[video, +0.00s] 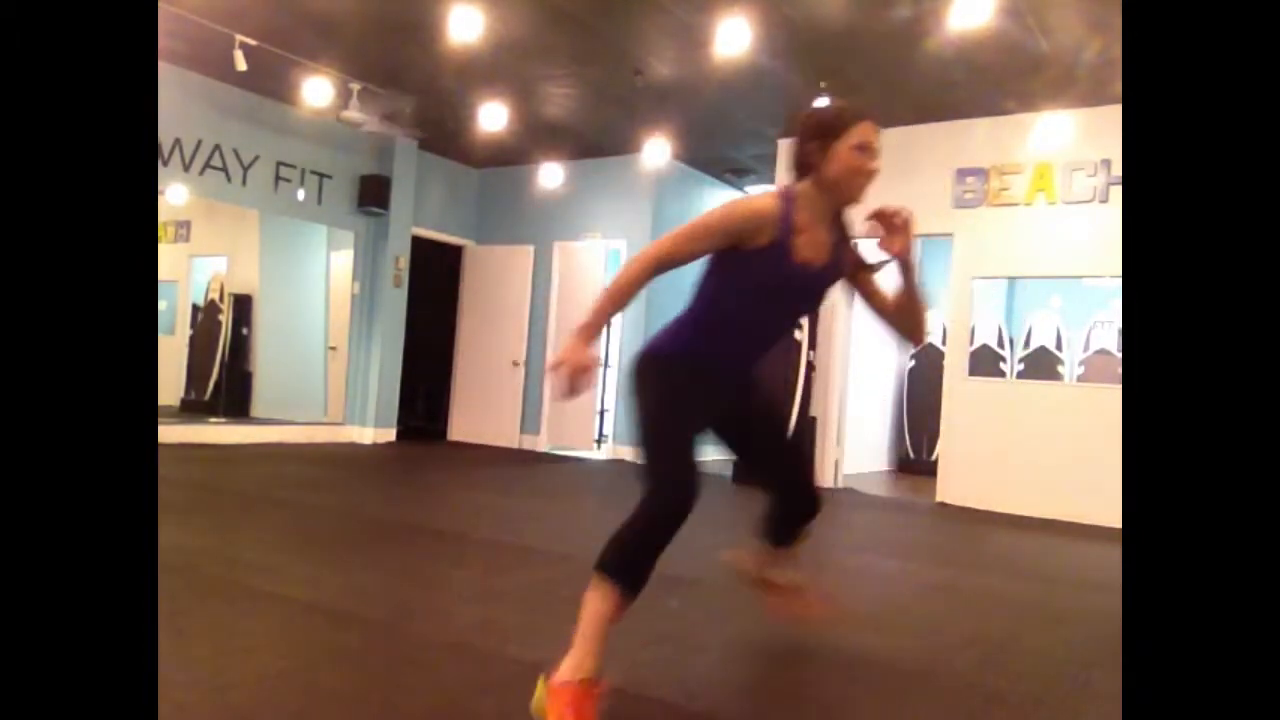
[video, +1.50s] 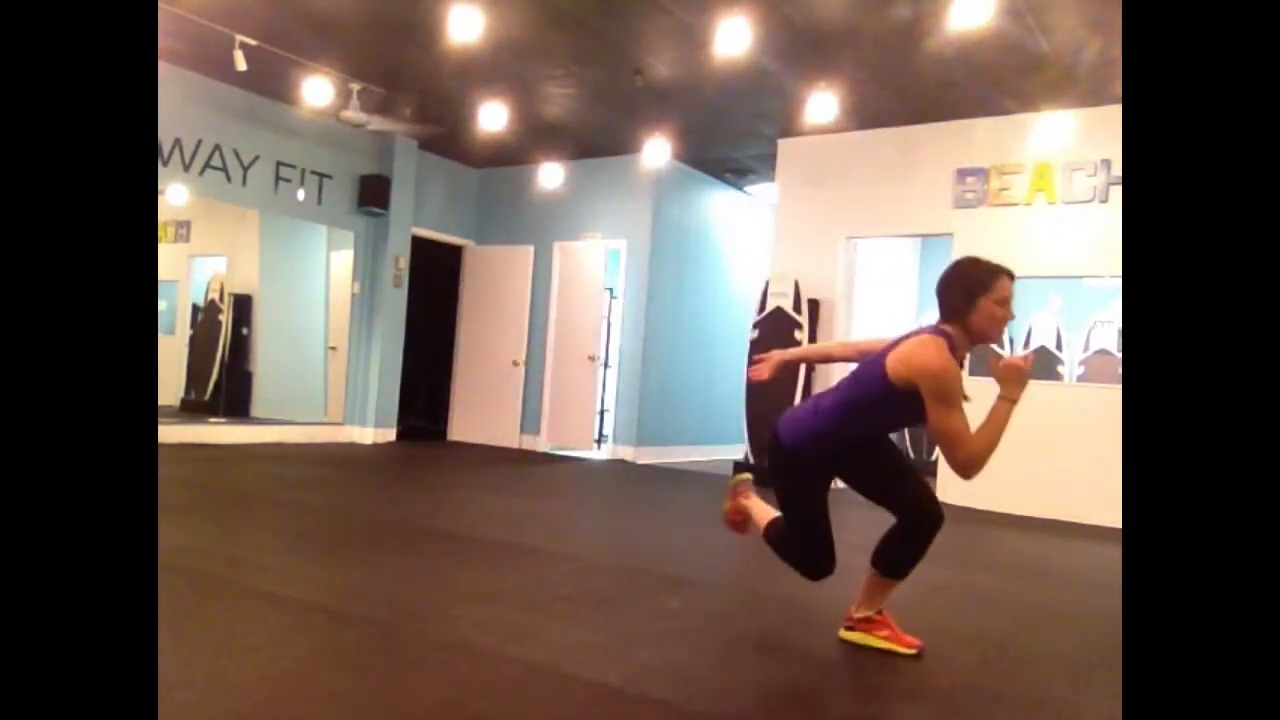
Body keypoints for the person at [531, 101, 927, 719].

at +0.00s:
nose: (872, 165)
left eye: (875, 153)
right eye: (861, 150)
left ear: (855, 163)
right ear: (819, 154)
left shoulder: (836, 244)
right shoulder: (763, 213)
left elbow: (912, 328)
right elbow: (652, 259)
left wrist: (904, 260)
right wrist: (586, 333)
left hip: (734, 383)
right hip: (674, 369)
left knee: (797, 494)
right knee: (672, 492)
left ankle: (767, 565)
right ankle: (575, 670)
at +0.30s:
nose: (801, 247)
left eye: (804, 236)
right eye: (788, 230)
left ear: (797, 250)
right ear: (738, 231)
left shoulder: (774, 332)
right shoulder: (657, 291)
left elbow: (821, 468)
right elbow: (541, 319)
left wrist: (798, 377)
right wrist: (452, 354)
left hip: (625, 439)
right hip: (565, 407)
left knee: (592, 592)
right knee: (623, 522)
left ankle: (466, 566)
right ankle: (545, 691)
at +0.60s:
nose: (790, 234)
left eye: (797, 222)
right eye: (777, 216)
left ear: (795, 237)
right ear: (730, 221)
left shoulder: (774, 319)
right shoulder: (655, 291)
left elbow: (824, 458)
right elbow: (540, 357)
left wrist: (800, 366)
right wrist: (443, 410)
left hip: (629, 436)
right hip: (570, 406)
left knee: (583, 592)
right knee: (628, 525)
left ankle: (430, 591)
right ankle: (547, 690)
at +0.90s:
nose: (880, 162)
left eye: (885, 150)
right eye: (871, 146)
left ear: (860, 158)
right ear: (833, 146)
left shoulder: (838, 227)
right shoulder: (768, 200)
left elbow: (903, 298)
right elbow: (743, 299)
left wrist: (936, 280)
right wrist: (853, 255)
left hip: (716, 373)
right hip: (657, 363)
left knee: (811, 473)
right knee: (646, 506)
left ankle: (750, 558)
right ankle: (561, 681)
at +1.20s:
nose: (970, 237)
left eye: (972, 227)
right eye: (963, 225)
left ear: (941, 232)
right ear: (928, 225)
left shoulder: (919, 288)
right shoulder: (888, 287)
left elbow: (905, 370)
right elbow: (917, 379)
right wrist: (963, 319)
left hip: (825, 405)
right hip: (781, 401)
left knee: (896, 510)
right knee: (758, 523)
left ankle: (864, 615)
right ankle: (646, 511)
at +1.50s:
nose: (1010, 315)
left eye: (1010, 304)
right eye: (1002, 303)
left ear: (969, 306)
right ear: (968, 304)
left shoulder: (933, 341)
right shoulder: (935, 361)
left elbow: (856, 350)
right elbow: (967, 462)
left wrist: (787, 355)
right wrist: (1008, 395)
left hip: (851, 438)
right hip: (800, 444)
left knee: (923, 516)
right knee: (816, 563)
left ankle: (864, 616)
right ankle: (747, 504)